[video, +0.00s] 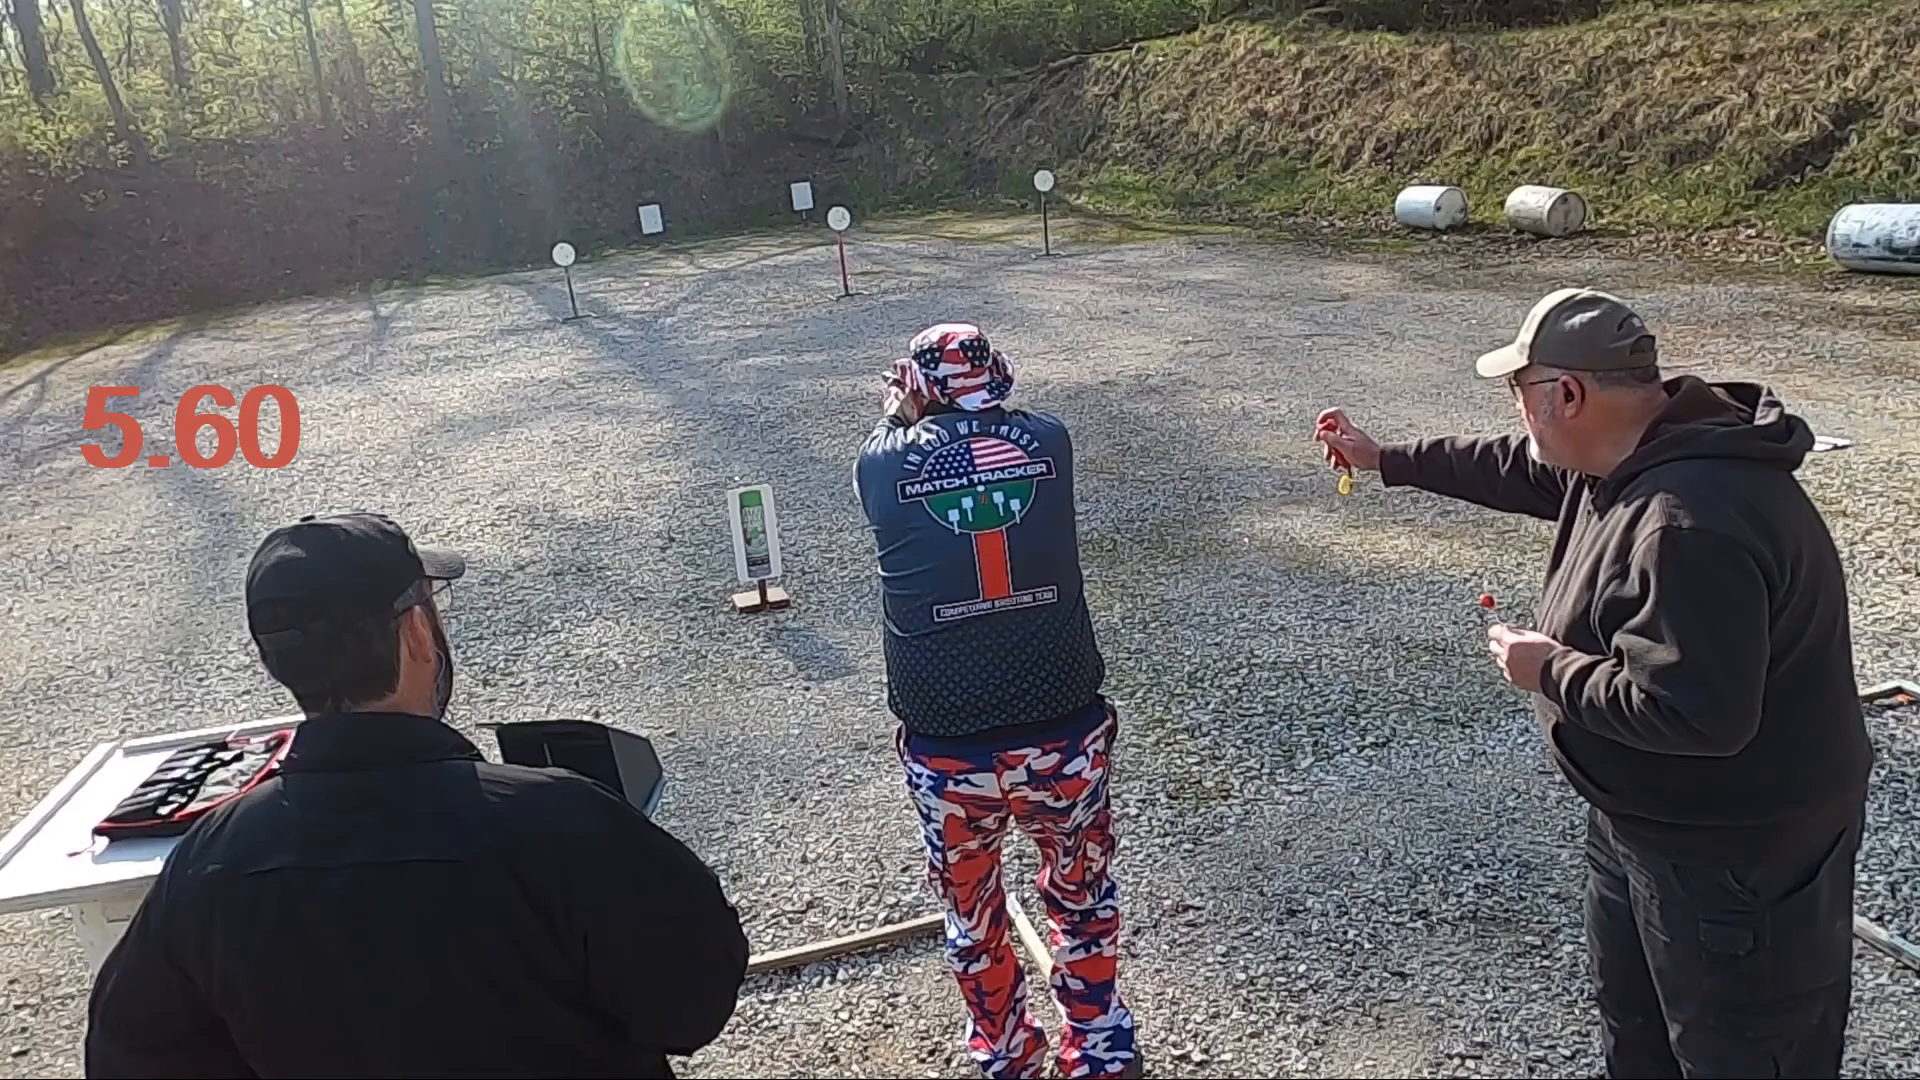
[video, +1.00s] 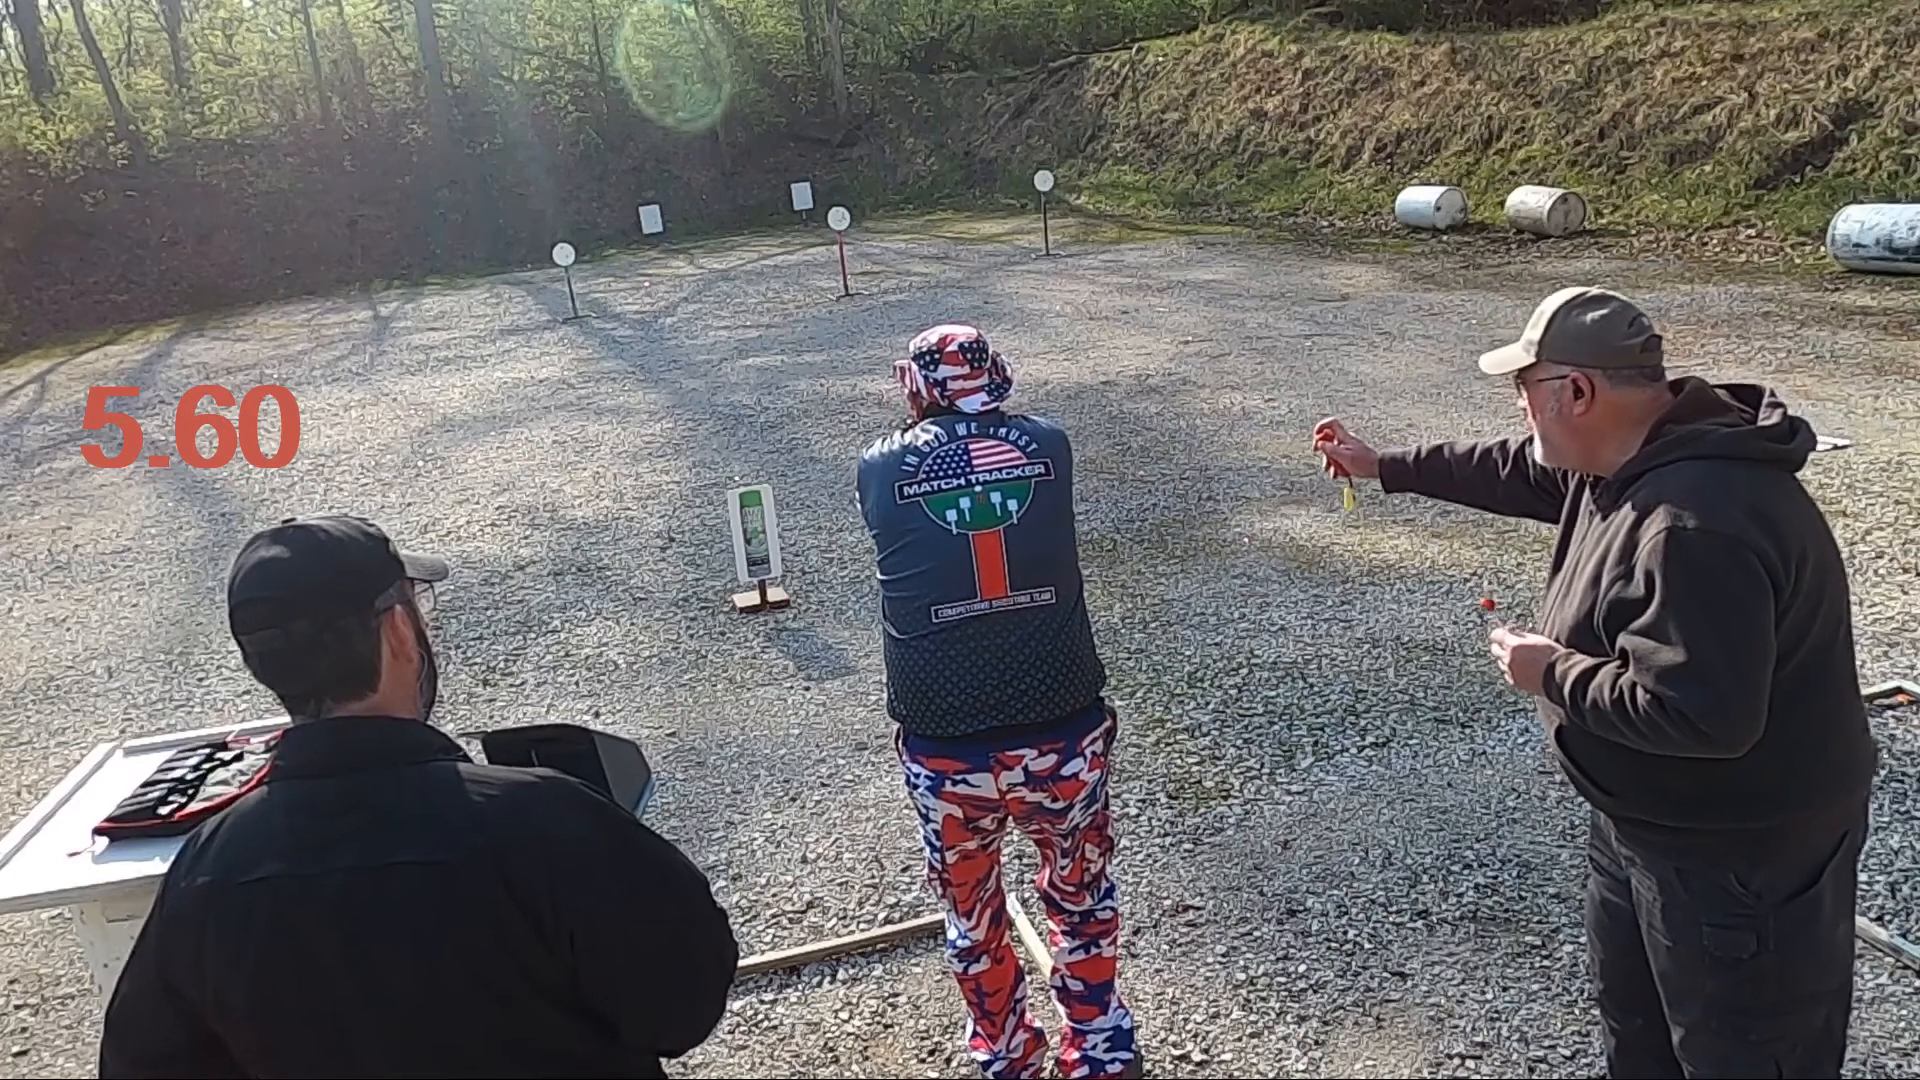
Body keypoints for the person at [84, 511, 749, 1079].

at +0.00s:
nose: (443, 633)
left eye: (433, 608)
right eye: (434, 609)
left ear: (281, 660)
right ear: (415, 634)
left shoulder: (206, 864)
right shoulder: (559, 825)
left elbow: (124, 1050)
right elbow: (702, 994)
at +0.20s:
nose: (435, 624)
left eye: (428, 602)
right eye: (428, 604)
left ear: (278, 663)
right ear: (409, 633)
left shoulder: (207, 867)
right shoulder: (554, 823)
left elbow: (149, 1064)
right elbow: (701, 989)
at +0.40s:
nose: (430, 623)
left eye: (423, 601)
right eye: (423, 603)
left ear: (274, 664)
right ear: (404, 630)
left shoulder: (207, 869)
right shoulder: (555, 824)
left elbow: (150, 1064)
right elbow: (699, 989)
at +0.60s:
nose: (429, 627)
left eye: (423, 604)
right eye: (421, 605)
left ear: (271, 667)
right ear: (401, 631)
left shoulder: (207, 868)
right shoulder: (547, 823)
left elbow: (156, 1066)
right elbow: (695, 994)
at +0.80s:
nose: (426, 627)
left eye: (420, 605)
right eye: (419, 607)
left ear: (270, 668)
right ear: (398, 633)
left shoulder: (205, 873)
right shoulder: (544, 823)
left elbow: (149, 1067)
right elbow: (694, 996)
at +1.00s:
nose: (424, 625)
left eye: (417, 603)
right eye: (416, 605)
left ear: (269, 666)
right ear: (396, 629)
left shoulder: (205, 873)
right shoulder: (545, 822)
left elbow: (136, 1064)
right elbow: (693, 994)